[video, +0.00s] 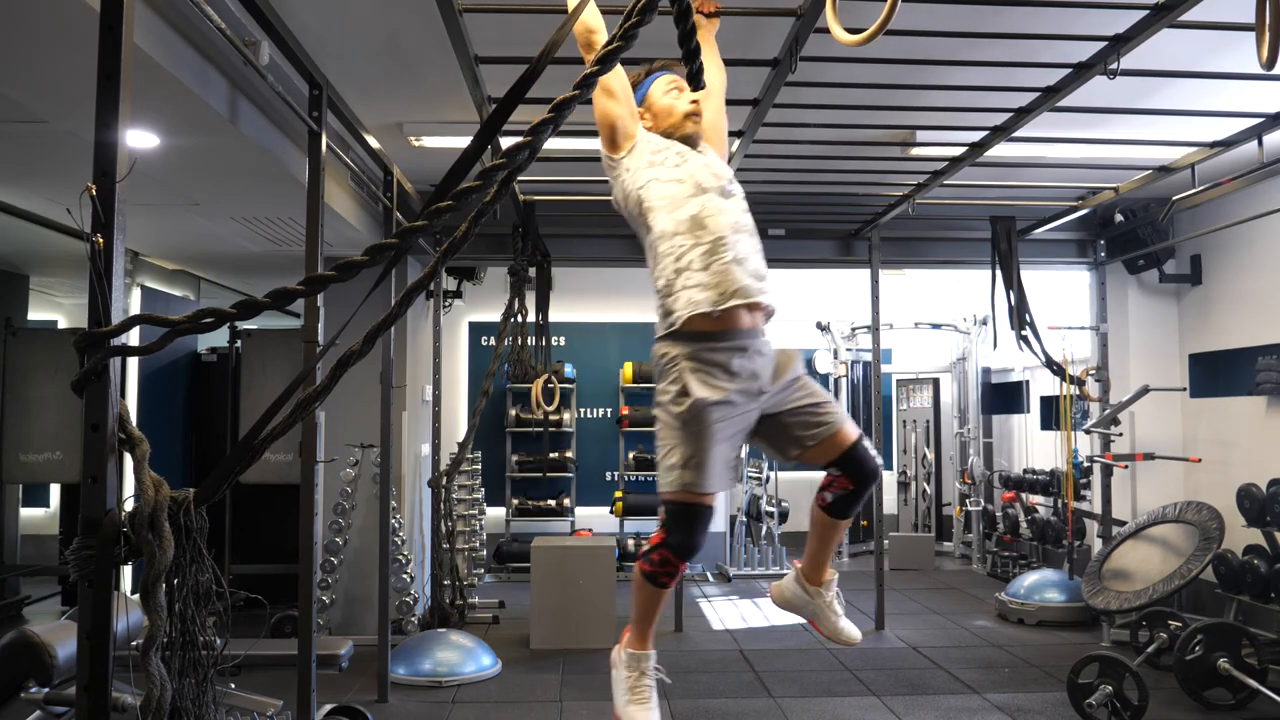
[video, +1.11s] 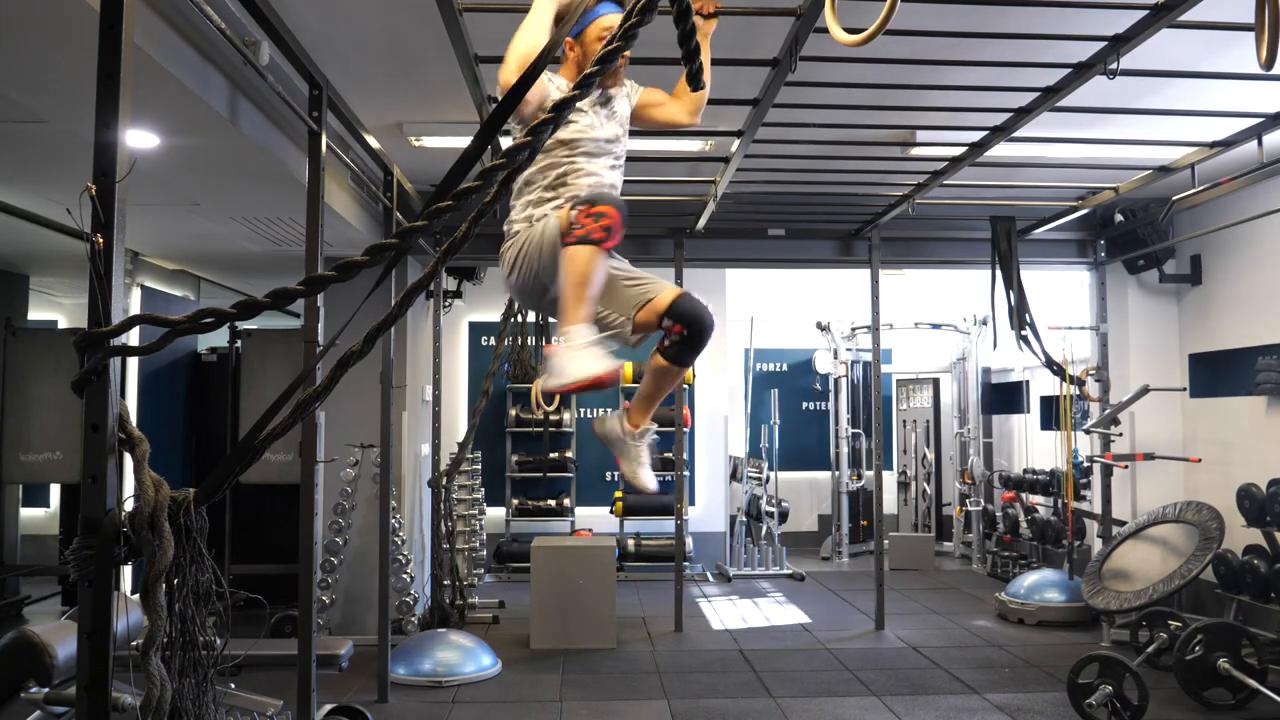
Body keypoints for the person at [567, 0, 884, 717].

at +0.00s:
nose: (687, 88)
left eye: (687, 85)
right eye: (670, 85)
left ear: (694, 110)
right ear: (643, 114)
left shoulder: (711, 159)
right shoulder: (635, 155)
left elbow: (714, 98)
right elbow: (606, 78)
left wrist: (708, 32)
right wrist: (594, 40)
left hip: (767, 350)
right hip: (697, 357)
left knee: (859, 468)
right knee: (684, 529)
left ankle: (810, 582)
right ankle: (634, 652)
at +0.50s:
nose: (644, 78)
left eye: (649, 76)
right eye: (631, 78)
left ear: (663, 97)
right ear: (612, 104)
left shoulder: (691, 138)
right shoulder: (614, 152)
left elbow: (718, 94)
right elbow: (592, 123)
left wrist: (706, 29)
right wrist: (585, 76)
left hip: (768, 302)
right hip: (712, 307)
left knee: (832, 458)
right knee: (766, 453)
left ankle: (781, 601)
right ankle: (731, 633)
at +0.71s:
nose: (632, 79)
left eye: (633, 76)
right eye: (617, 74)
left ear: (636, 96)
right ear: (589, 92)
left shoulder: (652, 144)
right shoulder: (577, 141)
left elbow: (707, 106)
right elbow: (563, 56)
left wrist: (706, 36)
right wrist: (575, 5)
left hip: (682, 314)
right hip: (622, 313)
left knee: (768, 418)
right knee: (717, 394)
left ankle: (779, 576)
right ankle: (751, 562)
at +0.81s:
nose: (626, 80)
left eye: (627, 72)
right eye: (612, 72)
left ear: (630, 87)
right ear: (580, 88)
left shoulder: (637, 141)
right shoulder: (558, 131)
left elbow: (697, 110)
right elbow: (547, 56)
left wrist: (703, 36)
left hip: (639, 311)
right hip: (575, 311)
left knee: (737, 357)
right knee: (676, 347)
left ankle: (784, 499)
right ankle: (743, 488)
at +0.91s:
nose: (621, 75)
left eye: (622, 65)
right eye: (605, 66)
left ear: (624, 74)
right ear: (570, 79)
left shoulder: (626, 129)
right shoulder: (546, 123)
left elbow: (691, 112)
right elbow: (535, 51)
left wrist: (703, 36)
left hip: (604, 293)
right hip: (547, 295)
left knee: (702, 300)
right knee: (645, 294)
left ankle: (755, 430)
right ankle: (713, 422)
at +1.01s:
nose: (621, 71)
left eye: (622, 60)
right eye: (606, 61)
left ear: (623, 66)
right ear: (569, 70)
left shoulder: (622, 112)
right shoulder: (538, 107)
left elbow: (687, 112)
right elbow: (516, 49)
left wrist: (702, 38)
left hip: (591, 290)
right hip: (530, 279)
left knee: (691, 286)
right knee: (624, 238)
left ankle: (682, 428)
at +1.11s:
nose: (620, 52)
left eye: (623, 41)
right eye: (606, 41)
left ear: (629, 45)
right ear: (573, 47)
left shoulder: (624, 94)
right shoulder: (548, 89)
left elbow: (686, 110)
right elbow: (511, 84)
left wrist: (701, 37)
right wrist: (547, 10)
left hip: (591, 261)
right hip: (531, 251)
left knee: (693, 323)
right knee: (599, 210)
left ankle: (630, 427)